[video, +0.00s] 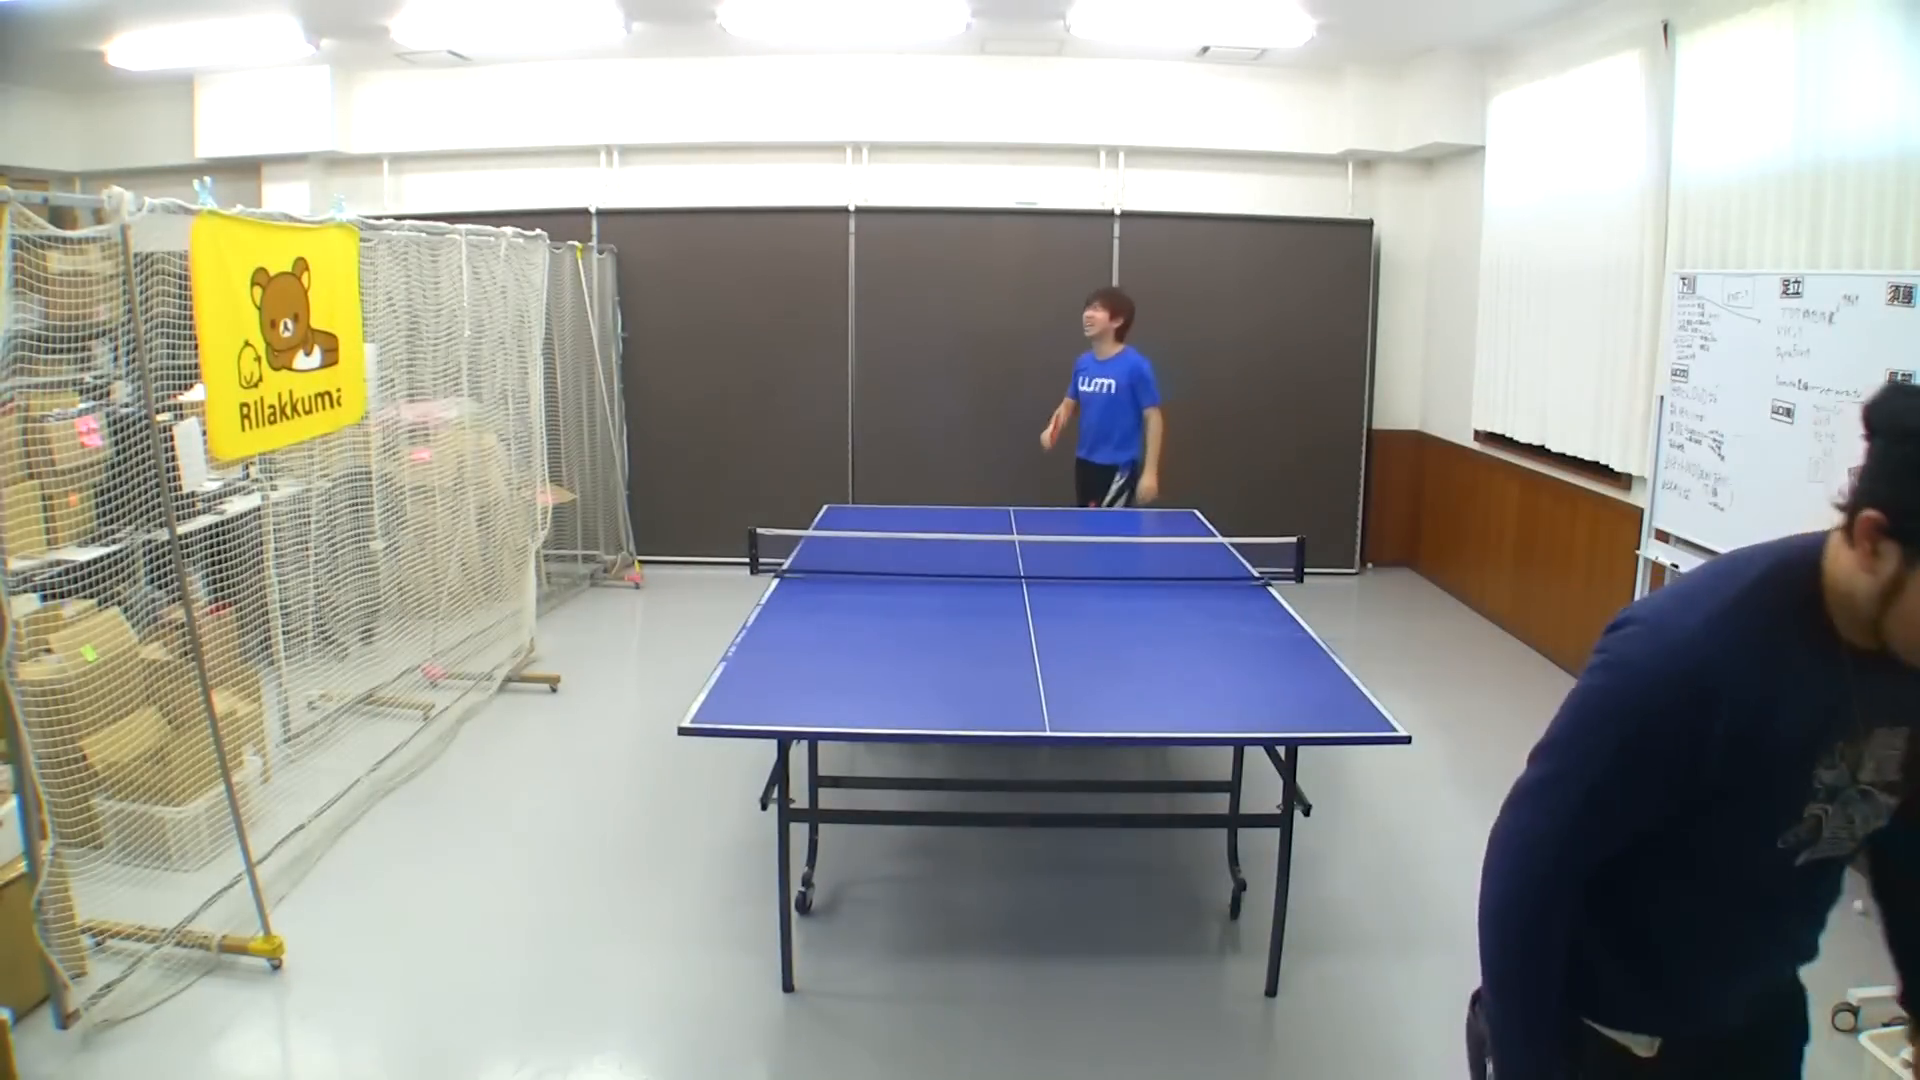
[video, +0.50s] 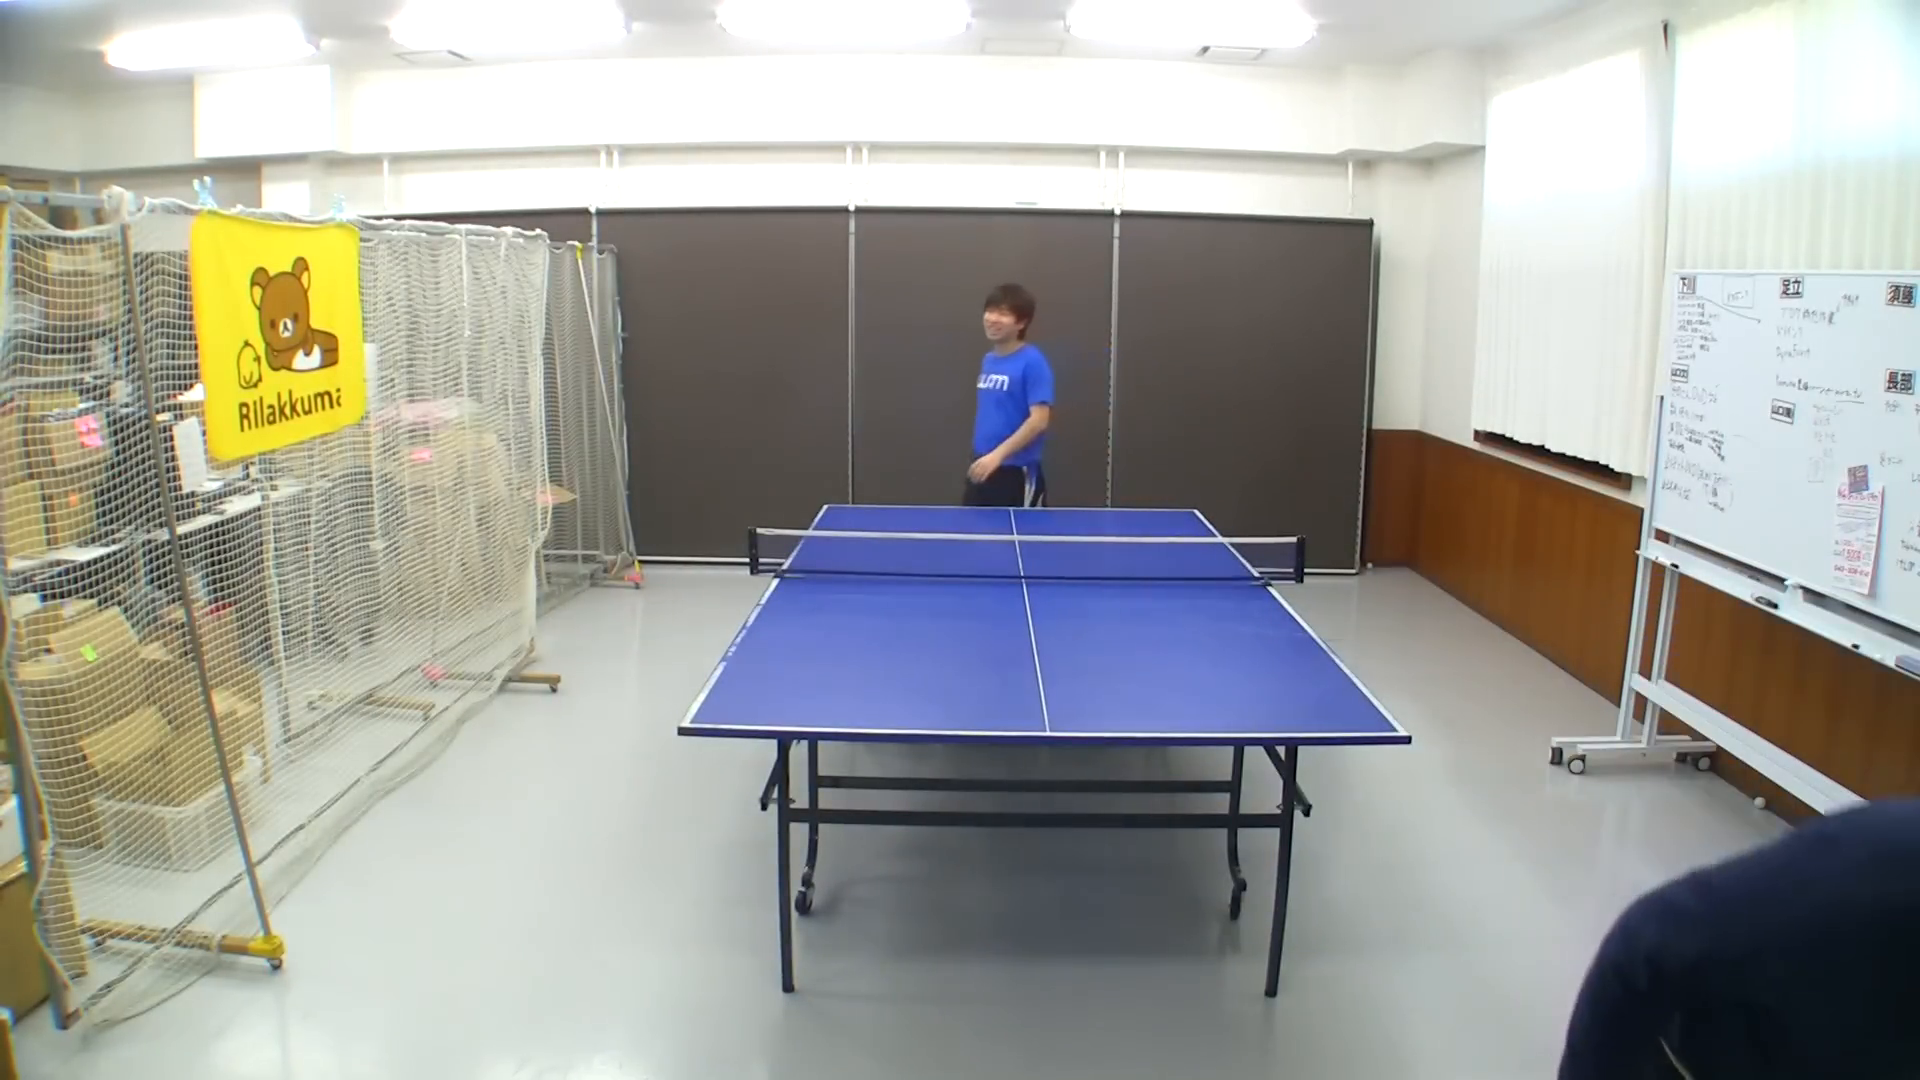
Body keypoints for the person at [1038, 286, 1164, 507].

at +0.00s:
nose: (1087, 315)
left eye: (1097, 309)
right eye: (1087, 308)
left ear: (1117, 320)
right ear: (1083, 314)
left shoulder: (1136, 366)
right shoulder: (1083, 363)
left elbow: (1153, 417)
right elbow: (1069, 402)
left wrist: (1150, 473)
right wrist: (1053, 429)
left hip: (1119, 463)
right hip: (1086, 460)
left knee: (1102, 531)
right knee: (1085, 529)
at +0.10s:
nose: (1072, 316)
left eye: (1083, 311)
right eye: (1071, 309)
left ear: (1102, 323)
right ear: (1066, 314)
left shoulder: (1115, 368)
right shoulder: (1066, 363)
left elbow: (1126, 424)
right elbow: (1057, 412)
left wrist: (1118, 480)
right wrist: (1035, 451)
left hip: (1095, 467)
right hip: (1063, 462)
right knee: (1056, 530)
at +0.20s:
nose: (1057, 316)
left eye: (1068, 311)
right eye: (1055, 307)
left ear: (1084, 322)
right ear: (1048, 311)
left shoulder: (1094, 362)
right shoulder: (1051, 359)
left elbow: (1097, 422)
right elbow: (1043, 413)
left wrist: (1083, 476)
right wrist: (1027, 466)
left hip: (1070, 468)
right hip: (1043, 462)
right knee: (1032, 533)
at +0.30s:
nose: (1038, 312)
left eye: (1049, 307)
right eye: (1036, 304)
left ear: (1066, 317)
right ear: (1029, 308)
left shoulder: (1075, 356)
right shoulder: (1035, 353)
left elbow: (1077, 415)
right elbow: (1035, 405)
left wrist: (1049, 465)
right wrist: (1023, 451)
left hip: (1059, 462)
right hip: (1026, 457)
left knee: (1055, 536)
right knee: (1000, 523)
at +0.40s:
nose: (1017, 313)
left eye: (1027, 308)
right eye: (1014, 305)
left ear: (1045, 316)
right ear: (1006, 309)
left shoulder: (1054, 356)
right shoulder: (1014, 354)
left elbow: (1059, 414)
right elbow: (1016, 406)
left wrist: (1017, 458)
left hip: (1039, 465)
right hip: (1005, 458)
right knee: (983, 531)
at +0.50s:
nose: (992, 319)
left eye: (1003, 314)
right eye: (989, 311)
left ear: (1021, 323)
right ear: (983, 315)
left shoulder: (1032, 361)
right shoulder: (989, 360)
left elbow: (1040, 418)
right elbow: (992, 411)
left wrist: (995, 456)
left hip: (1017, 471)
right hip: (982, 467)